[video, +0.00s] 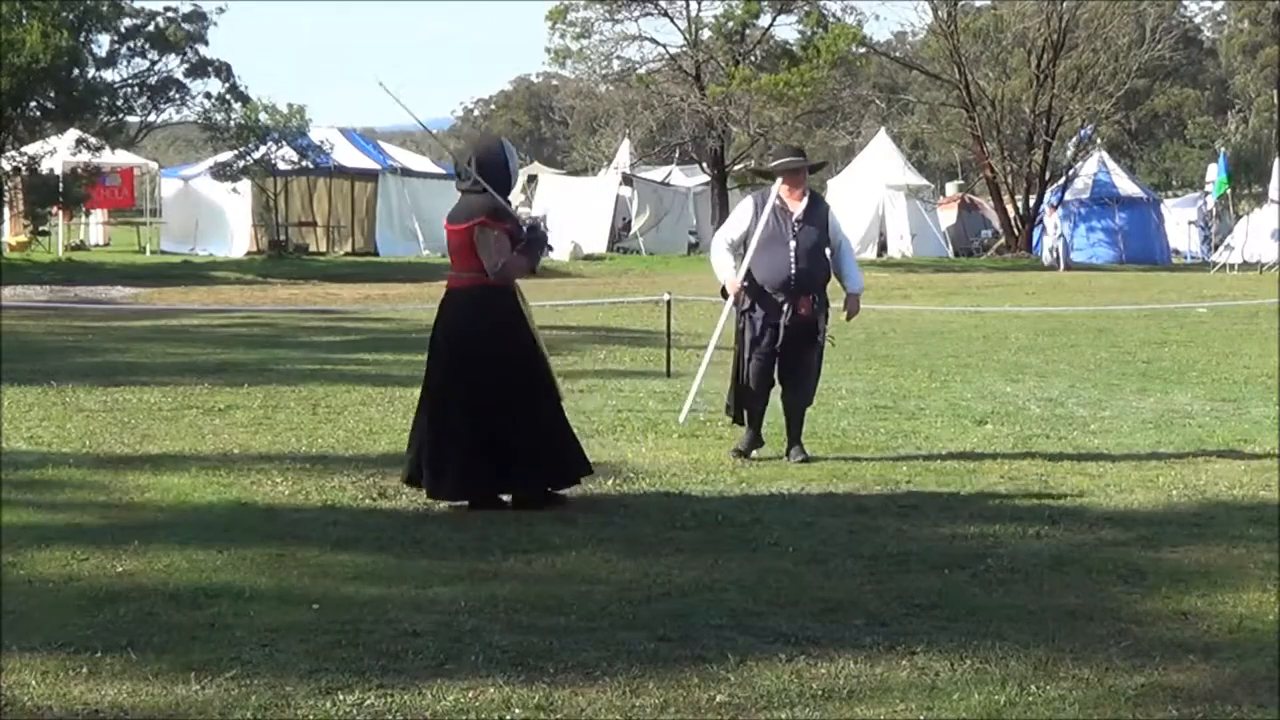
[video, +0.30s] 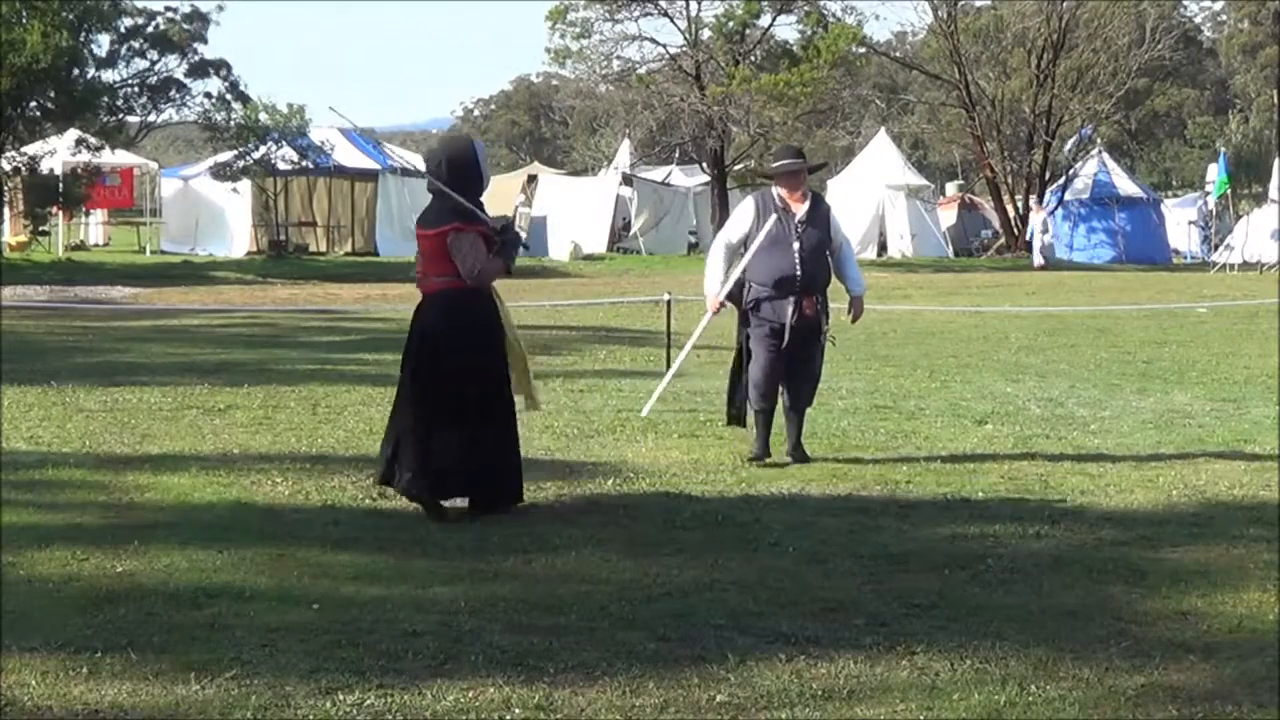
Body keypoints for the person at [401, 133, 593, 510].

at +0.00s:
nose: (515, 173)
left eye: (513, 166)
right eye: (512, 167)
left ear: (473, 168)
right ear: (504, 170)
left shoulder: (460, 210)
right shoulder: (488, 212)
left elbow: (479, 262)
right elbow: (501, 270)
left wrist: (516, 239)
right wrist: (532, 248)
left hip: (458, 307)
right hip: (490, 311)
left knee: (473, 395)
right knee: (514, 392)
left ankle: (480, 486)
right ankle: (529, 486)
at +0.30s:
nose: (484, 176)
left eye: (482, 169)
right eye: (479, 169)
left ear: (438, 173)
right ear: (468, 173)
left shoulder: (429, 217)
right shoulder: (459, 219)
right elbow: (478, 273)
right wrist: (507, 251)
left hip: (432, 314)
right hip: (465, 316)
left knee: (433, 398)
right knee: (478, 399)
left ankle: (425, 482)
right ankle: (486, 493)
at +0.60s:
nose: (454, 176)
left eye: (452, 167)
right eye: (448, 168)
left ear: (407, 174)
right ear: (433, 174)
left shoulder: (409, 218)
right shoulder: (416, 223)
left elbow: (427, 271)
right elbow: (433, 280)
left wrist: (459, 249)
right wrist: (464, 258)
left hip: (410, 319)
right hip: (417, 323)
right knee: (414, 408)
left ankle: (448, 491)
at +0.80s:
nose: (436, 167)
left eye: (433, 158)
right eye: (430, 159)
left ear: (390, 165)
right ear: (415, 164)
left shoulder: (395, 206)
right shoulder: (402, 210)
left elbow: (407, 263)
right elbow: (408, 269)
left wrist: (442, 249)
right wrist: (445, 259)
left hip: (392, 310)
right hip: (404, 315)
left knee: (399, 401)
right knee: (409, 401)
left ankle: (399, 493)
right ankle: (408, 497)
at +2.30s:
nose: (381, 171)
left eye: (378, 162)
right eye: (374, 163)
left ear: (333, 171)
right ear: (357, 170)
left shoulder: (351, 212)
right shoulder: (342, 217)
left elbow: (375, 265)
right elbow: (378, 271)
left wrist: (398, 243)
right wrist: (406, 245)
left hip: (357, 315)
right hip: (343, 318)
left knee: (384, 403)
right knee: (338, 407)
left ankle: (423, 488)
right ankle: (323, 500)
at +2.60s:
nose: (382, 168)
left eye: (379, 162)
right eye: (375, 162)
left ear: (333, 173)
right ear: (362, 170)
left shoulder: (332, 214)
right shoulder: (359, 215)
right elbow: (394, 265)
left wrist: (385, 228)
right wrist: (395, 229)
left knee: (322, 400)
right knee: (389, 402)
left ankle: (301, 494)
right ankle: (400, 500)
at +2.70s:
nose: (378, 169)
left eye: (375, 162)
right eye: (372, 163)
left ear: (329, 173)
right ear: (359, 170)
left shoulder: (329, 214)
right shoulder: (355, 216)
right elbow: (393, 264)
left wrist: (381, 227)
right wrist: (391, 229)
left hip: (333, 313)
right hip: (362, 316)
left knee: (324, 402)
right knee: (382, 406)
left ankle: (301, 494)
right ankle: (388, 502)